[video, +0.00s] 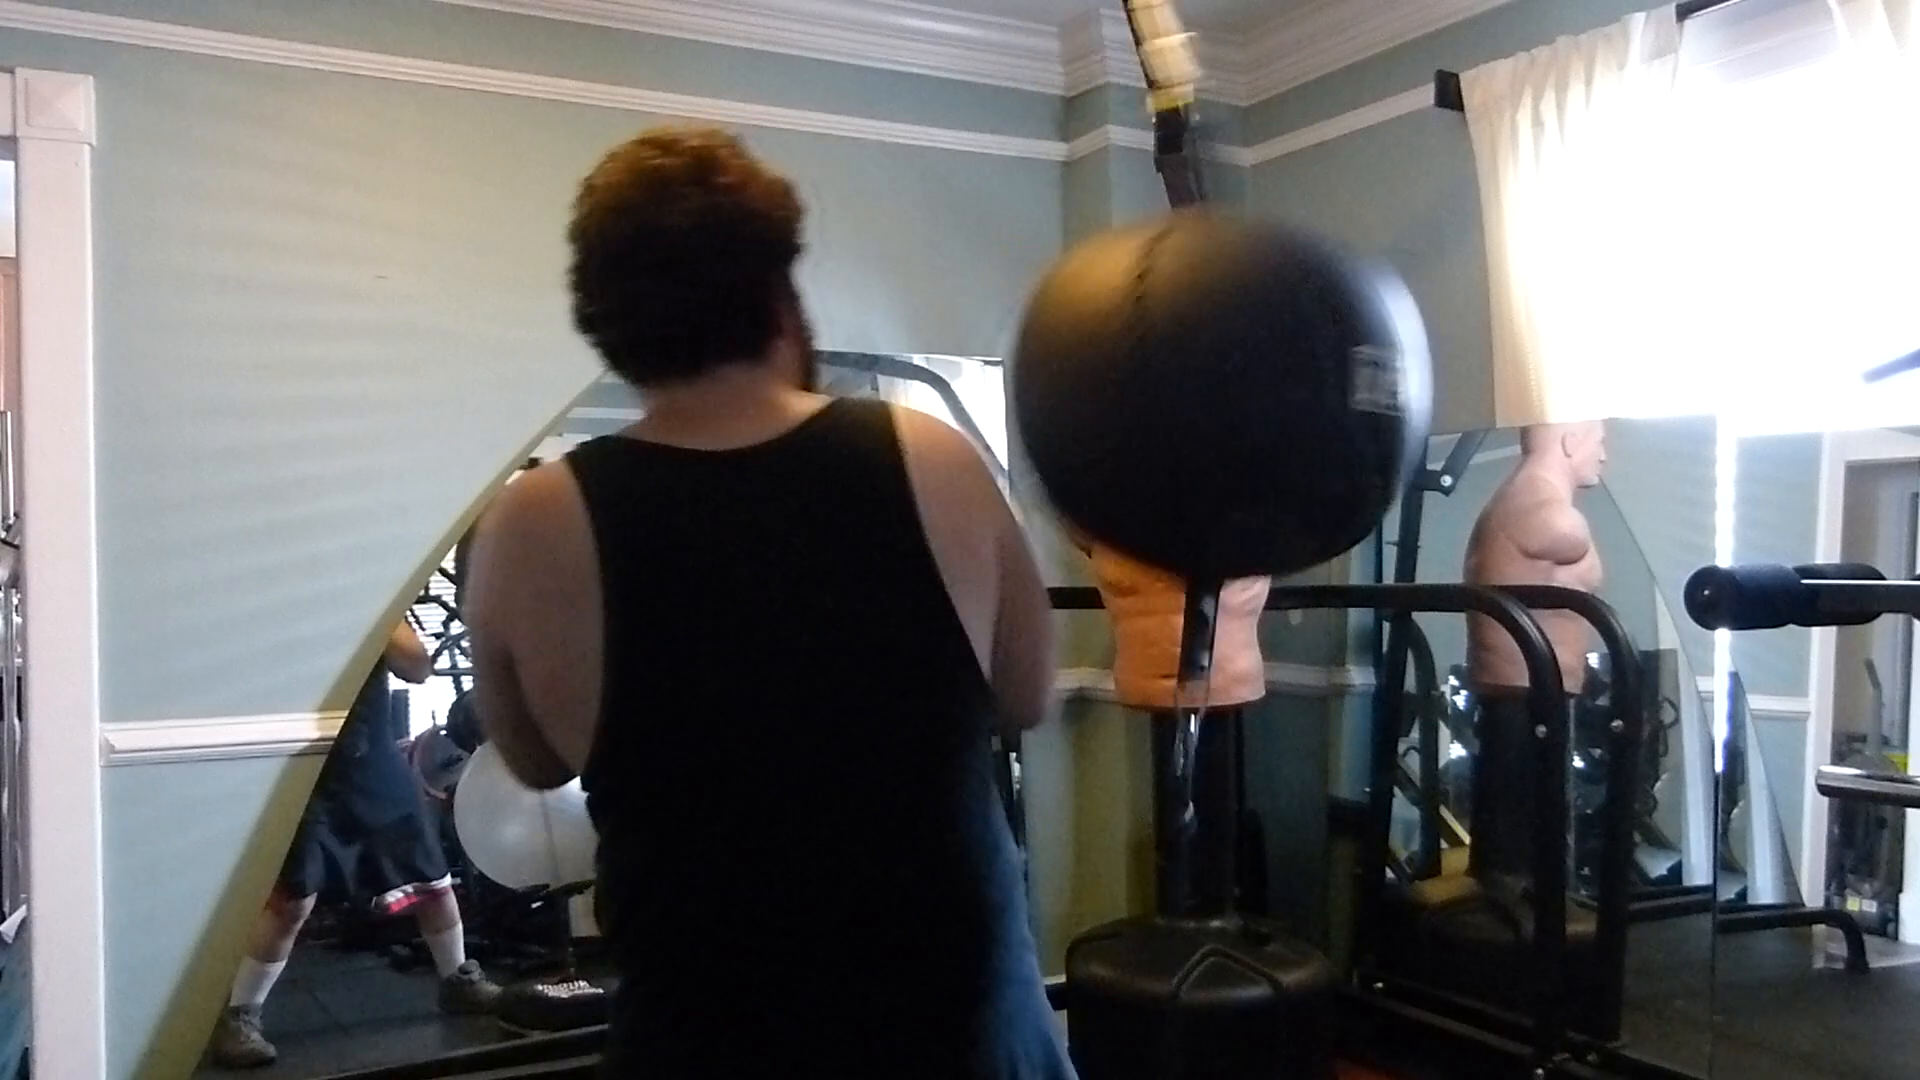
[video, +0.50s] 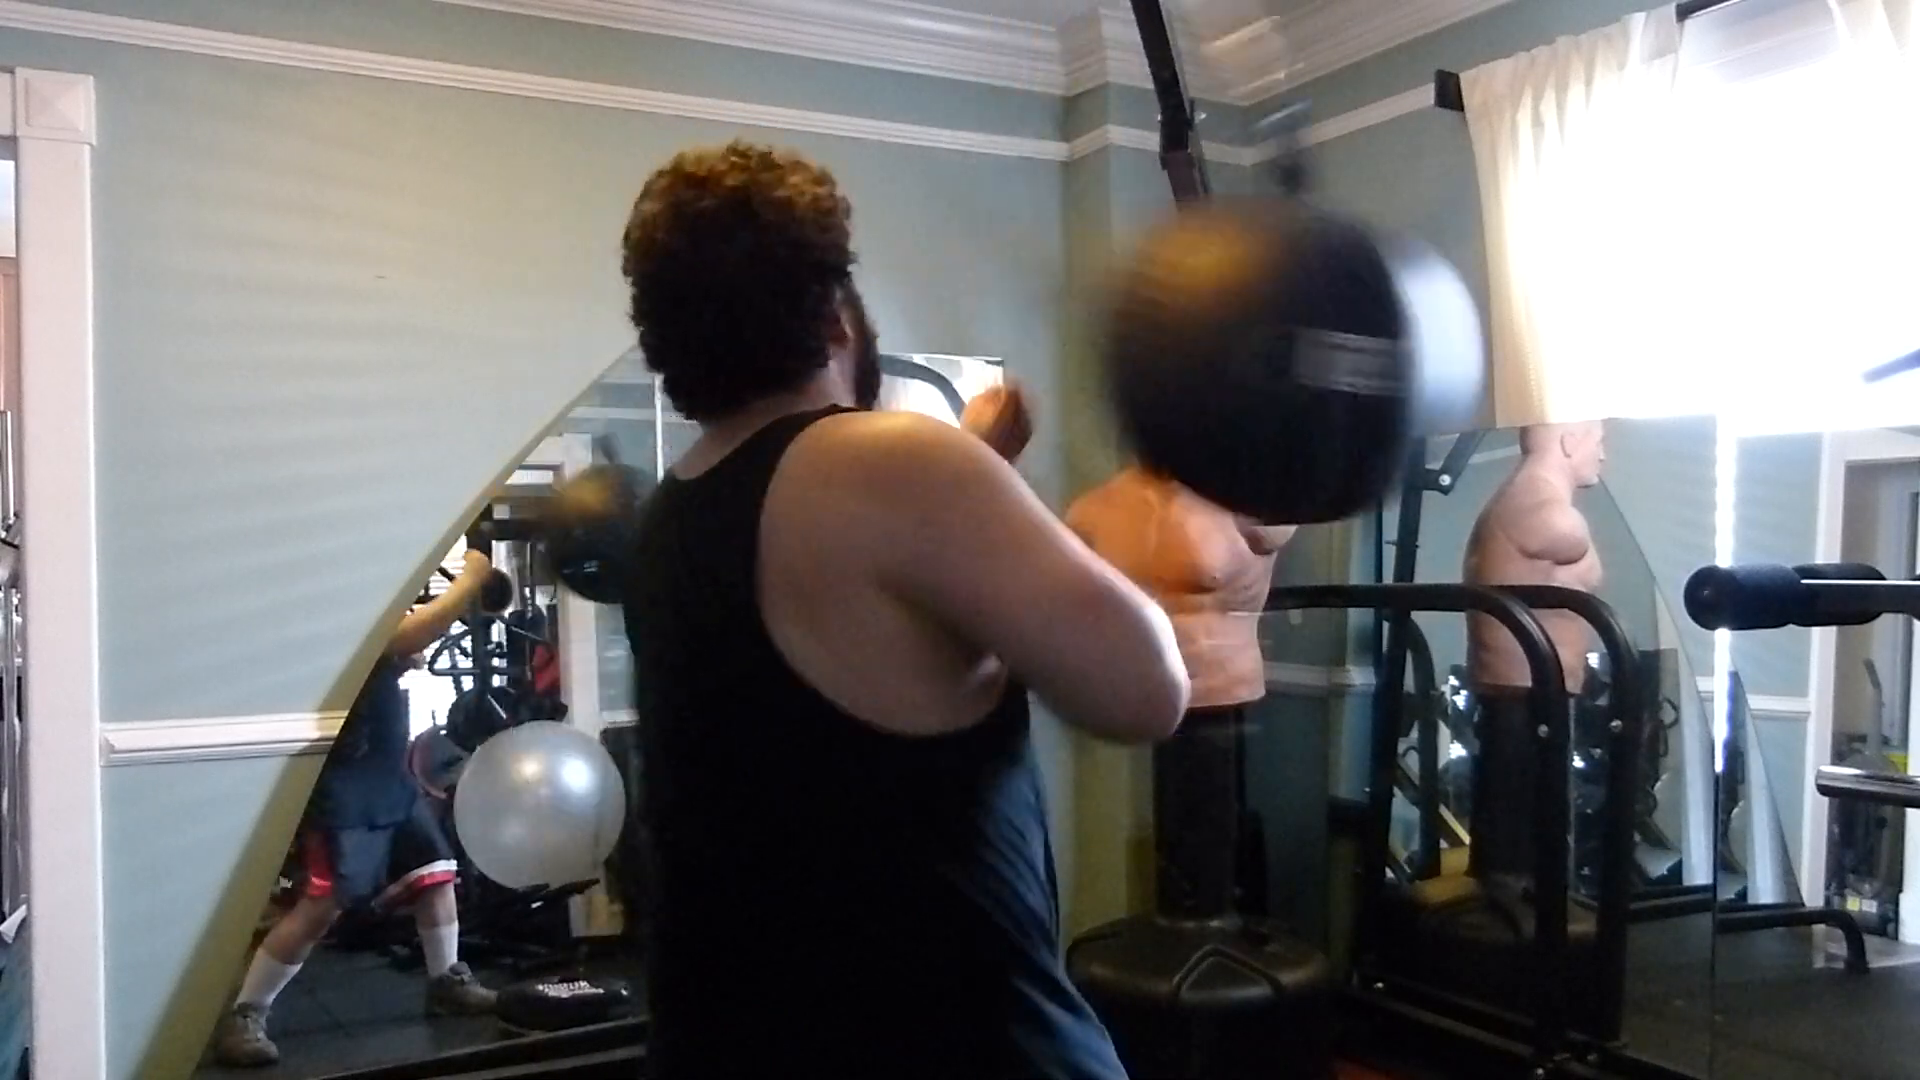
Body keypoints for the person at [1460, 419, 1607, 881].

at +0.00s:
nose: (1605, 454)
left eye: (1604, 439)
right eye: (1599, 438)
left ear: (1557, 440)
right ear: (1568, 441)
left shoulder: (1511, 499)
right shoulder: (1541, 498)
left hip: (1509, 696)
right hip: (1530, 699)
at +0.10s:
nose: (1603, 455)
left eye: (1602, 441)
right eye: (1597, 439)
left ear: (1556, 441)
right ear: (1566, 441)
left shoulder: (1510, 500)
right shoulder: (1540, 502)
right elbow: (1591, 575)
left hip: (1508, 694)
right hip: (1530, 698)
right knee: (1530, 813)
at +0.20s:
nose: (1604, 454)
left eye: (1603, 441)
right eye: (1598, 439)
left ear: (1557, 441)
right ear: (1567, 441)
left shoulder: (1512, 497)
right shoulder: (1538, 494)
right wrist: (1586, 551)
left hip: (1510, 691)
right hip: (1530, 695)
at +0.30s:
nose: (1603, 454)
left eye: (1602, 440)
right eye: (1597, 438)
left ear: (1557, 441)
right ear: (1566, 441)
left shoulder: (1514, 497)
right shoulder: (1538, 497)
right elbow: (1592, 574)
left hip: (1510, 689)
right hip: (1528, 693)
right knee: (1527, 799)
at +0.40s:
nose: (1603, 455)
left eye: (1602, 440)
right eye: (1597, 439)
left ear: (1557, 441)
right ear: (1566, 441)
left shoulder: (1515, 496)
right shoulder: (1538, 498)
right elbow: (1592, 573)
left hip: (1511, 690)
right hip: (1528, 694)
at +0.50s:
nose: (1603, 454)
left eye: (1603, 440)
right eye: (1598, 438)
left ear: (1557, 441)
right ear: (1567, 441)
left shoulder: (1512, 499)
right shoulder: (1540, 498)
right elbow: (1592, 574)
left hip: (1510, 696)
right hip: (1529, 700)